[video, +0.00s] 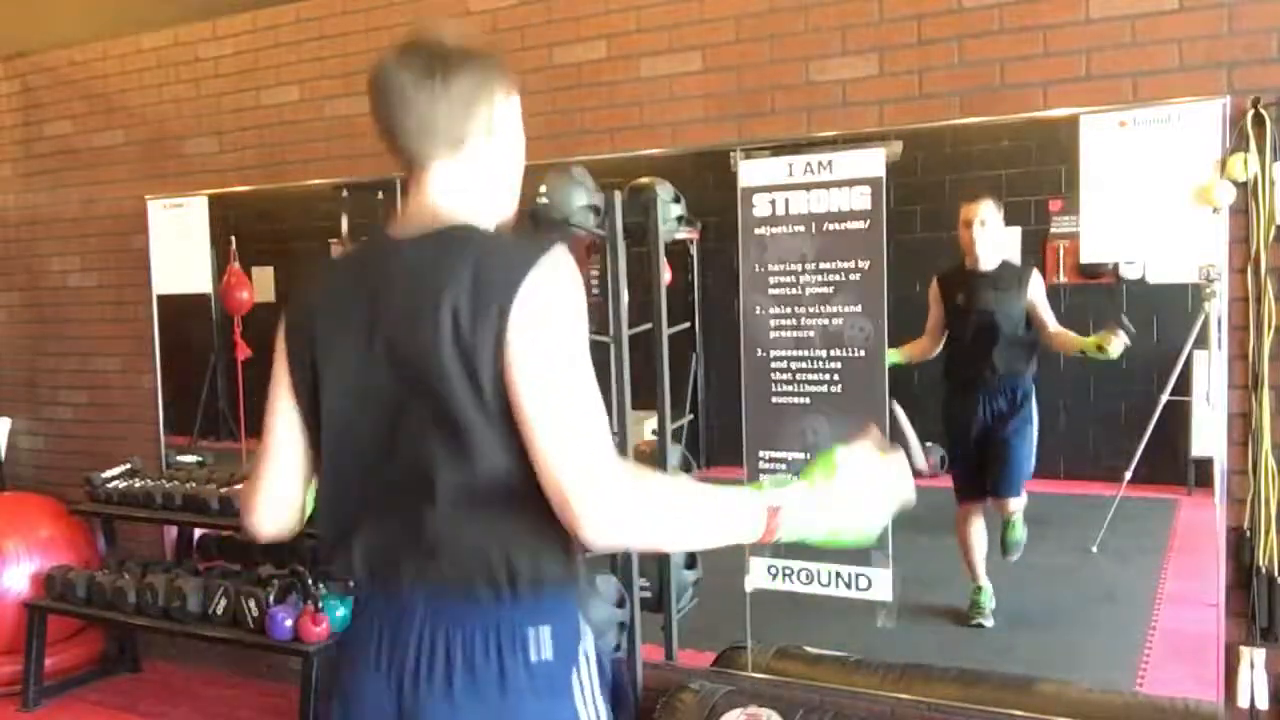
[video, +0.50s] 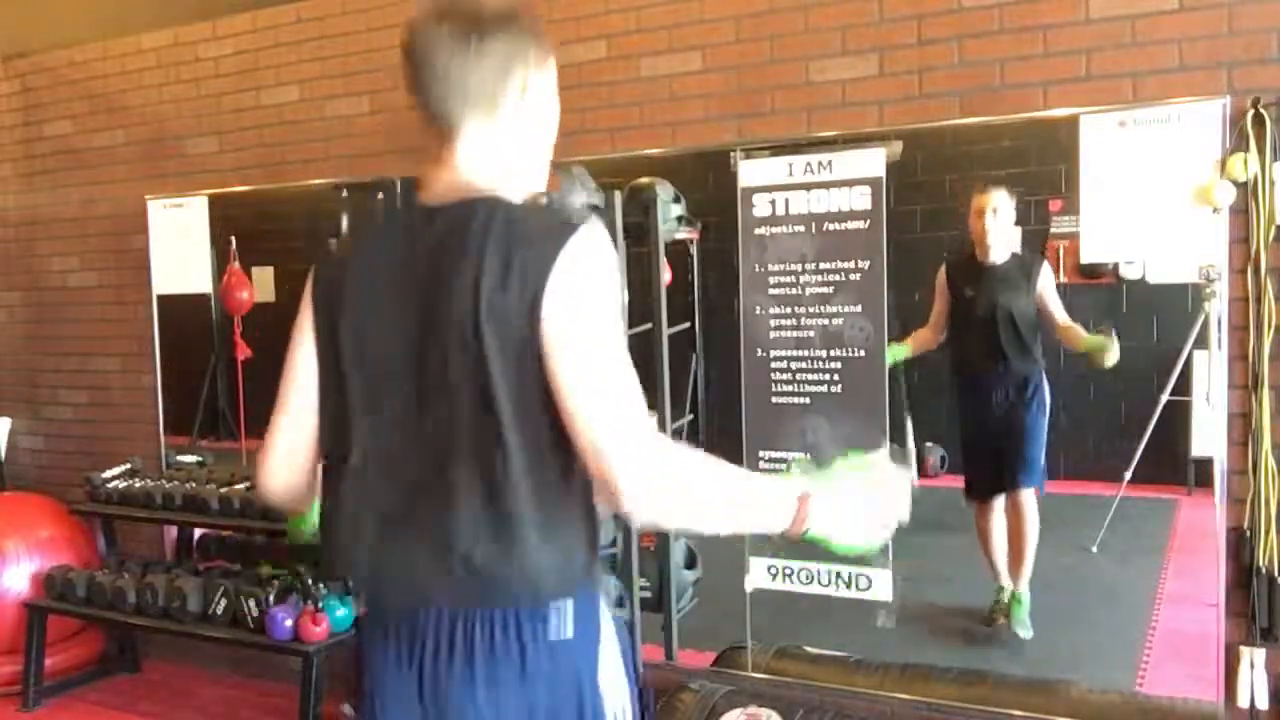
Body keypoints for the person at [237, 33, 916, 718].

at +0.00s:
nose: (523, 160)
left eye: (519, 136)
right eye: (518, 135)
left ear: (400, 144)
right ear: (493, 132)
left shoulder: (317, 297)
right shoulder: (525, 272)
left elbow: (267, 513)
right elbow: (601, 508)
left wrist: (365, 437)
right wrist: (789, 511)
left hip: (372, 641)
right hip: (519, 647)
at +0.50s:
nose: (557, 118)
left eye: (553, 93)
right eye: (553, 93)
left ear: (424, 105)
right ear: (528, 97)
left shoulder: (339, 270)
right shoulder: (557, 247)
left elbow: (282, 478)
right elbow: (632, 472)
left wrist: (393, 434)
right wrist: (810, 502)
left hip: (396, 637)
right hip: (539, 635)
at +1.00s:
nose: (581, 61)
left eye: (577, 41)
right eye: (577, 39)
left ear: (454, 52)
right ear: (555, 41)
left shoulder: (354, 212)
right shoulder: (588, 194)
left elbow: (296, 427)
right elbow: (644, 436)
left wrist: (270, 541)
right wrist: (809, 552)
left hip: (381, 578)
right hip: (530, 595)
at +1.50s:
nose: (540, 80)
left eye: (538, 57)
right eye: (537, 56)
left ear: (416, 62)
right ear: (517, 57)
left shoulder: (311, 229)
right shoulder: (540, 198)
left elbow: (268, 454)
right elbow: (589, 441)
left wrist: (267, 512)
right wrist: (760, 533)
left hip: (356, 573)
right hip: (504, 582)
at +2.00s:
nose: (513, 145)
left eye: (506, 121)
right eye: (508, 121)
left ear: (384, 134)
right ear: (487, 122)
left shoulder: (299, 292)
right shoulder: (516, 267)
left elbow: (242, 511)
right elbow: (597, 502)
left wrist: (346, 421)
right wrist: (791, 491)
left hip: (371, 640)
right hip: (518, 642)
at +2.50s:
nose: (562, 156)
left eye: (557, 130)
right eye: (557, 130)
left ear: (436, 136)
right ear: (530, 129)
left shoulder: (326, 302)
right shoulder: (563, 292)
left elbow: (265, 508)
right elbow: (638, 524)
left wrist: (373, 440)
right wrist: (812, 522)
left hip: (373, 665)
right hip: (520, 667)